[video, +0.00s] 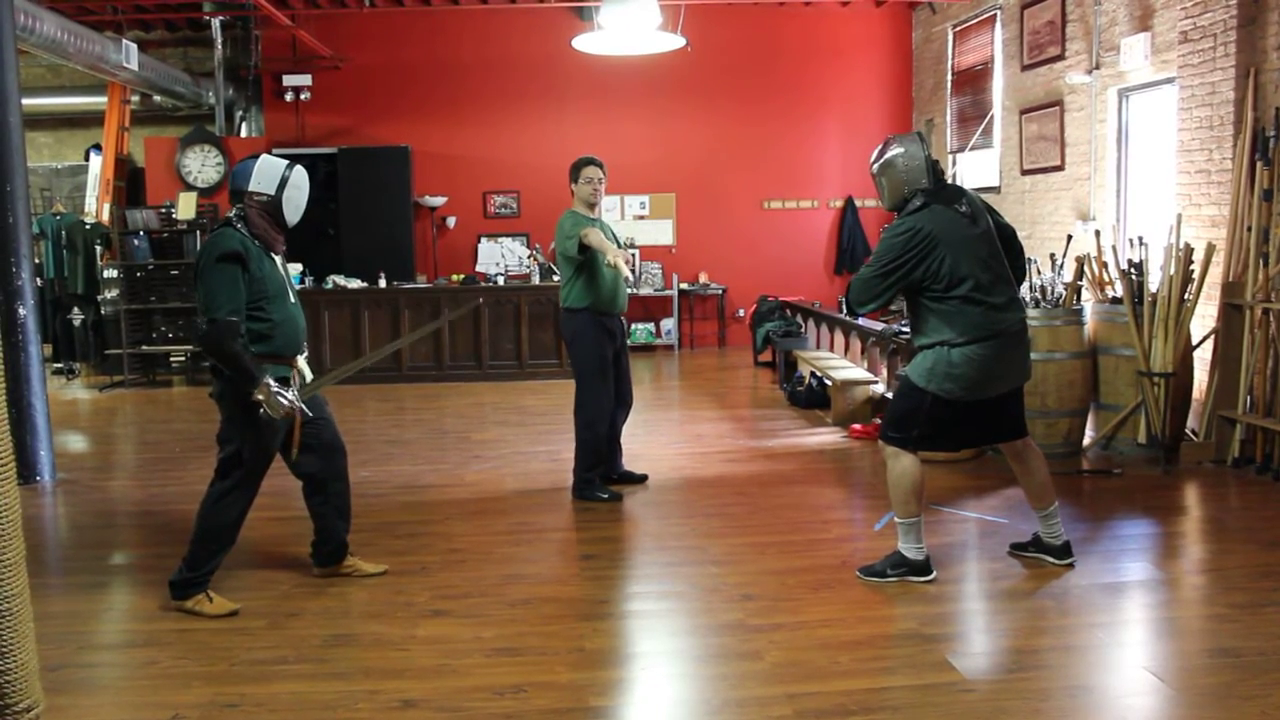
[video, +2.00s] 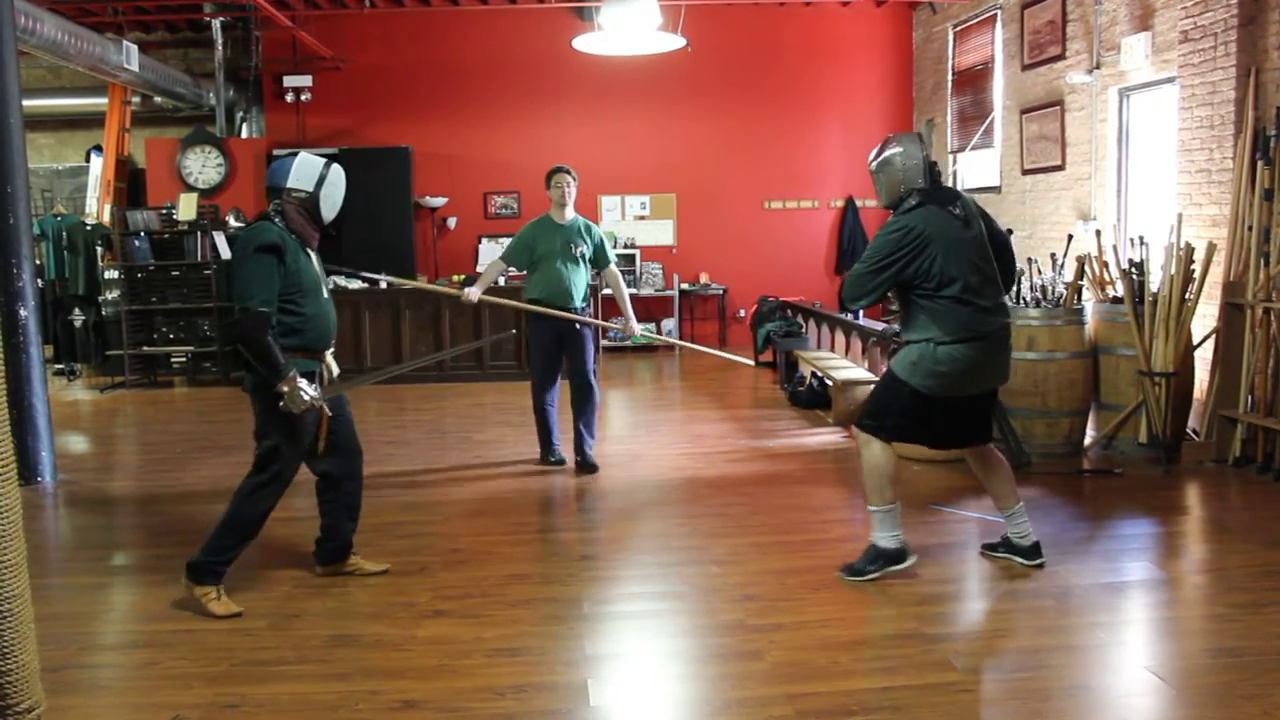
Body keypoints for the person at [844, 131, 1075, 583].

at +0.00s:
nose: (881, 193)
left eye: (882, 182)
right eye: (880, 183)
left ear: (899, 179)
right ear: (928, 172)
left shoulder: (910, 228)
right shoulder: (974, 206)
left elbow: (859, 296)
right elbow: (1016, 259)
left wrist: (888, 277)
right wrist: (992, 298)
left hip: (954, 356)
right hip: (1009, 348)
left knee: (898, 439)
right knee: (1016, 440)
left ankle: (911, 554)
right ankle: (1054, 539)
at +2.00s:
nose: (875, 186)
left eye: (877, 176)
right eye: (875, 177)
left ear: (894, 176)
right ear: (923, 170)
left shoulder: (906, 224)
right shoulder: (966, 206)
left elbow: (852, 293)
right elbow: (1005, 261)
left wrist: (892, 272)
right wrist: (983, 299)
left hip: (937, 353)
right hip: (990, 348)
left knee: (871, 431)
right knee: (976, 442)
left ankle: (887, 544)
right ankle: (1023, 538)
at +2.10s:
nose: (860, 188)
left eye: (863, 178)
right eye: (861, 179)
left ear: (881, 181)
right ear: (909, 176)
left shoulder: (890, 230)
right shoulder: (953, 211)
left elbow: (837, 296)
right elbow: (992, 259)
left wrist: (882, 269)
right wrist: (971, 298)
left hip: (922, 357)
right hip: (977, 351)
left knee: (858, 433)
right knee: (974, 446)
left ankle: (848, 547)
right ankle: (1023, 539)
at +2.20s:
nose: (841, 192)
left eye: (843, 183)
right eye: (841, 182)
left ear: (857, 184)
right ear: (891, 178)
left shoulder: (867, 231)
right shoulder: (934, 214)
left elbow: (812, 289)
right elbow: (970, 270)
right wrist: (942, 299)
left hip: (902, 360)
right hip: (958, 355)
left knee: (838, 437)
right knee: (971, 446)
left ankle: (809, 551)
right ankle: (1024, 538)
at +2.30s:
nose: (816, 195)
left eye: (819, 185)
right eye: (816, 186)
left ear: (836, 183)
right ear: (864, 178)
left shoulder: (842, 233)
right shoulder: (909, 215)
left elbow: (782, 286)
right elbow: (942, 277)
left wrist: (765, 269)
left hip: (879, 363)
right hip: (934, 357)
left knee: (814, 443)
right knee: (958, 445)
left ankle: (795, 557)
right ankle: (1020, 532)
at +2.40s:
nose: (789, 198)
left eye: (791, 189)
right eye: (788, 189)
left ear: (807, 187)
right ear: (837, 182)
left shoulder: (814, 234)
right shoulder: (881, 215)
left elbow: (755, 280)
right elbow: (916, 259)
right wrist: (901, 301)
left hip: (860, 358)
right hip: (913, 351)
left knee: (795, 443)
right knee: (938, 441)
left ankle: (788, 558)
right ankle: (1010, 520)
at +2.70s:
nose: (747, 201)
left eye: (750, 192)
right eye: (747, 192)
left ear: (766, 192)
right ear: (797, 186)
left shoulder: (781, 239)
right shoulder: (840, 213)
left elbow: (755, 314)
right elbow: (882, 258)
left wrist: (692, 328)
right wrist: (859, 296)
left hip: (837, 350)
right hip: (881, 340)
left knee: (772, 440)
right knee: (888, 430)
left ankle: (784, 556)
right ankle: (954, 508)